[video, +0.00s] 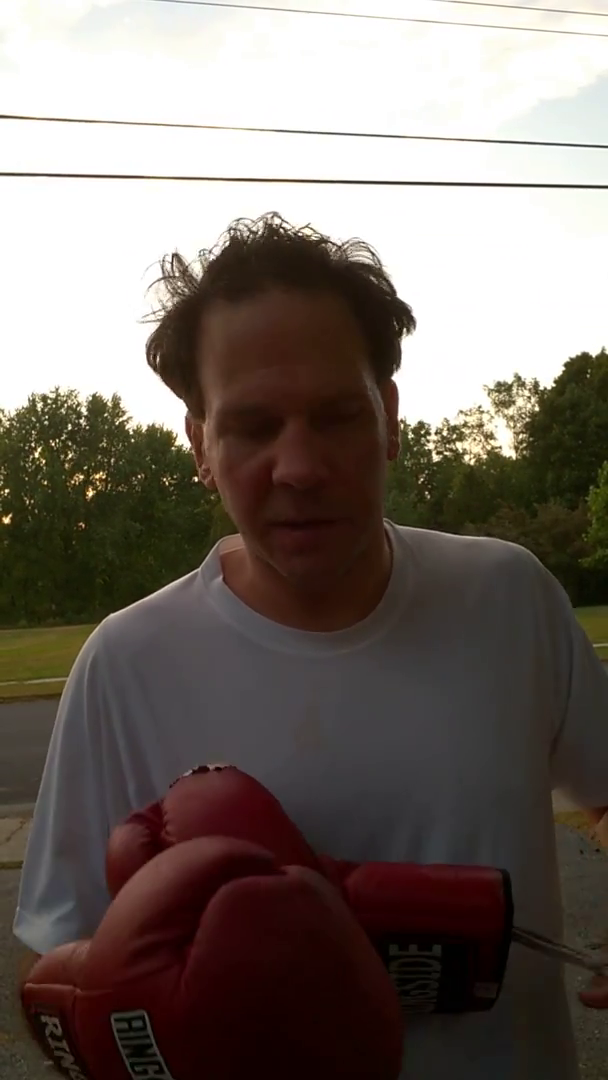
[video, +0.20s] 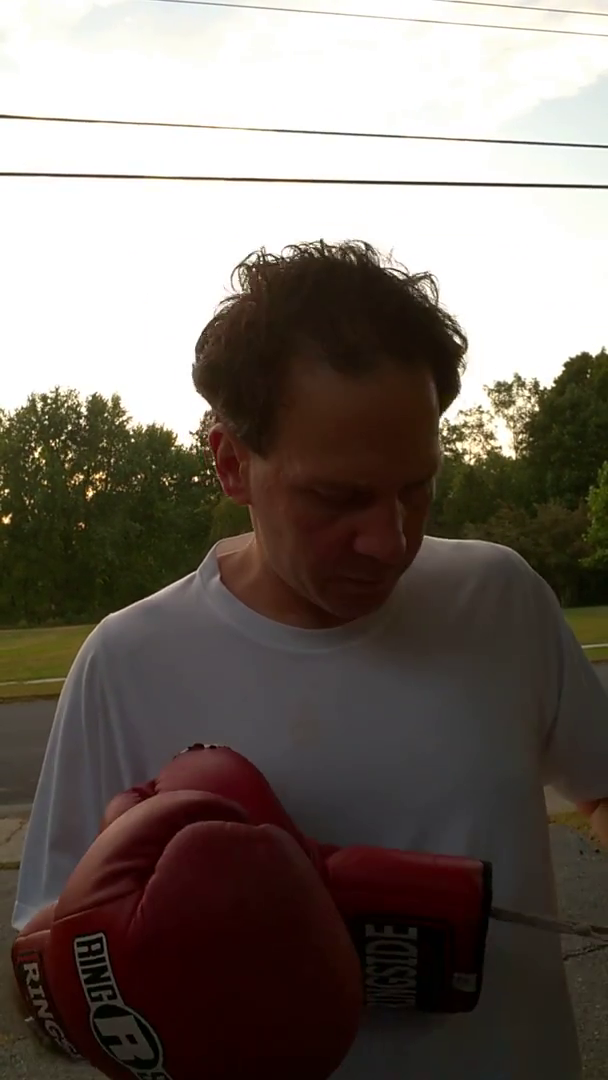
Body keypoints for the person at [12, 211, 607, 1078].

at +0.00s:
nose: (300, 467)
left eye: (336, 418)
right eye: (255, 426)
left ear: (389, 423)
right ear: (201, 450)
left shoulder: (512, 600)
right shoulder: (125, 666)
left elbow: (605, 791)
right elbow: (53, 945)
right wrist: (111, 969)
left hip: (518, 1064)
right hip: (247, 1070)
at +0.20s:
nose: (389, 543)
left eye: (417, 489)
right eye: (339, 499)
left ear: (437, 446)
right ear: (231, 464)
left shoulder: (503, 601)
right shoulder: (126, 667)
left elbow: (601, 790)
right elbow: (43, 977)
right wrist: (75, 927)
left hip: (524, 1064)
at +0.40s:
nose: (397, 555)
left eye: (428, 503)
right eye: (348, 513)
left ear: (449, 457)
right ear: (243, 471)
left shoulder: (501, 601)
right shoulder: (129, 662)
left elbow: (588, 794)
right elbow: (46, 979)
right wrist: (72, 924)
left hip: (518, 1064)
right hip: (253, 1066)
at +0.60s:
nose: (406, 550)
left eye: (435, 500)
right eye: (356, 508)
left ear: (456, 461)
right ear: (250, 465)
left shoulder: (503, 602)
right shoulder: (132, 657)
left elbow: (589, 795)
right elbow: (39, 986)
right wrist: (94, 904)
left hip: (513, 1066)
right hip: (251, 1067)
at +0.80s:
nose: (408, 541)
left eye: (434, 487)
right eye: (357, 496)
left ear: (454, 454)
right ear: (252, 463)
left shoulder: (503, 601)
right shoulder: (136, 654)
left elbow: (591, 801)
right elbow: (41, 986)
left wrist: (606, 949)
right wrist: (98, 902)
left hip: (506, 1066)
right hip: (250, 1065)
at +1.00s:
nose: (351, 494)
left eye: (383, 440)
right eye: (304, 449)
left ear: (423, 427)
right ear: (237, 452)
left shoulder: (511, 606)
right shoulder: (140, 648)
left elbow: (590, 817)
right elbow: (44, 989)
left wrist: (587, 980)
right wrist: (103, 898)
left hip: (492, 1065)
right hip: (241, 1066)